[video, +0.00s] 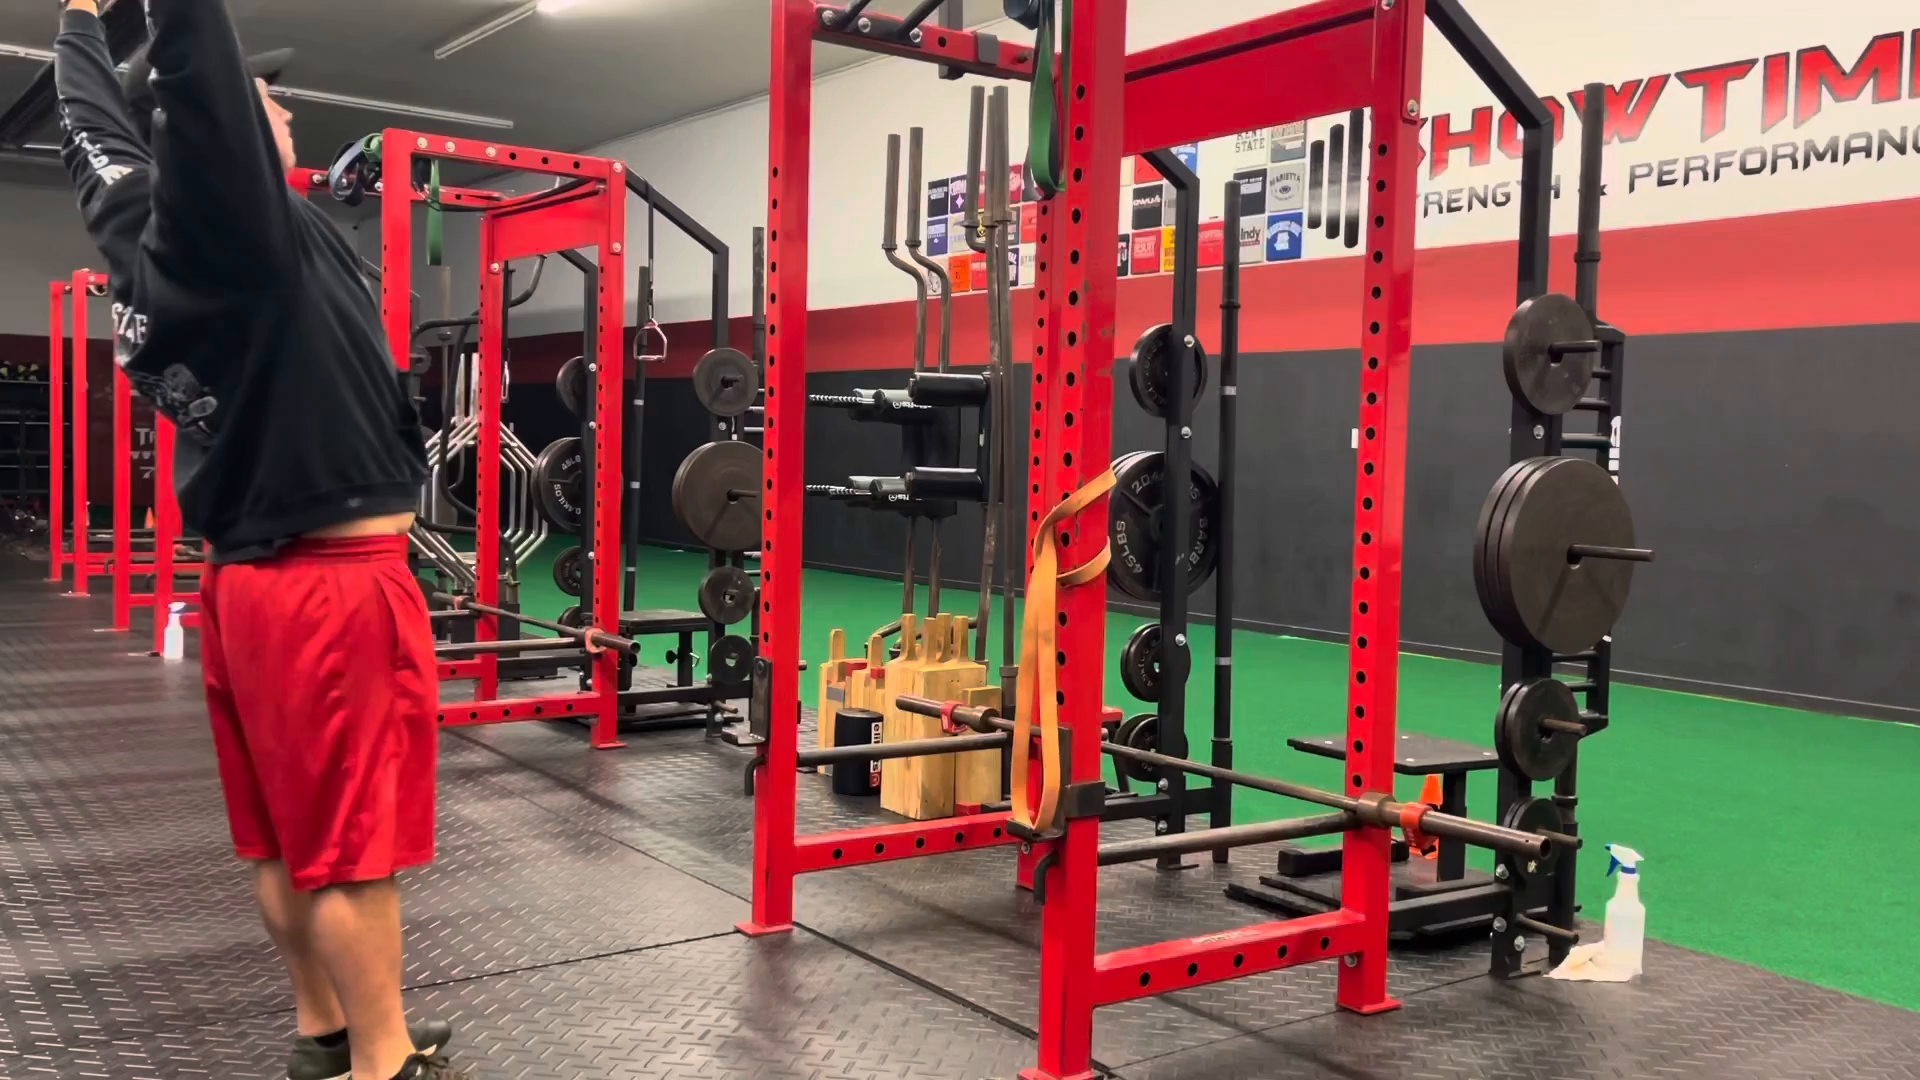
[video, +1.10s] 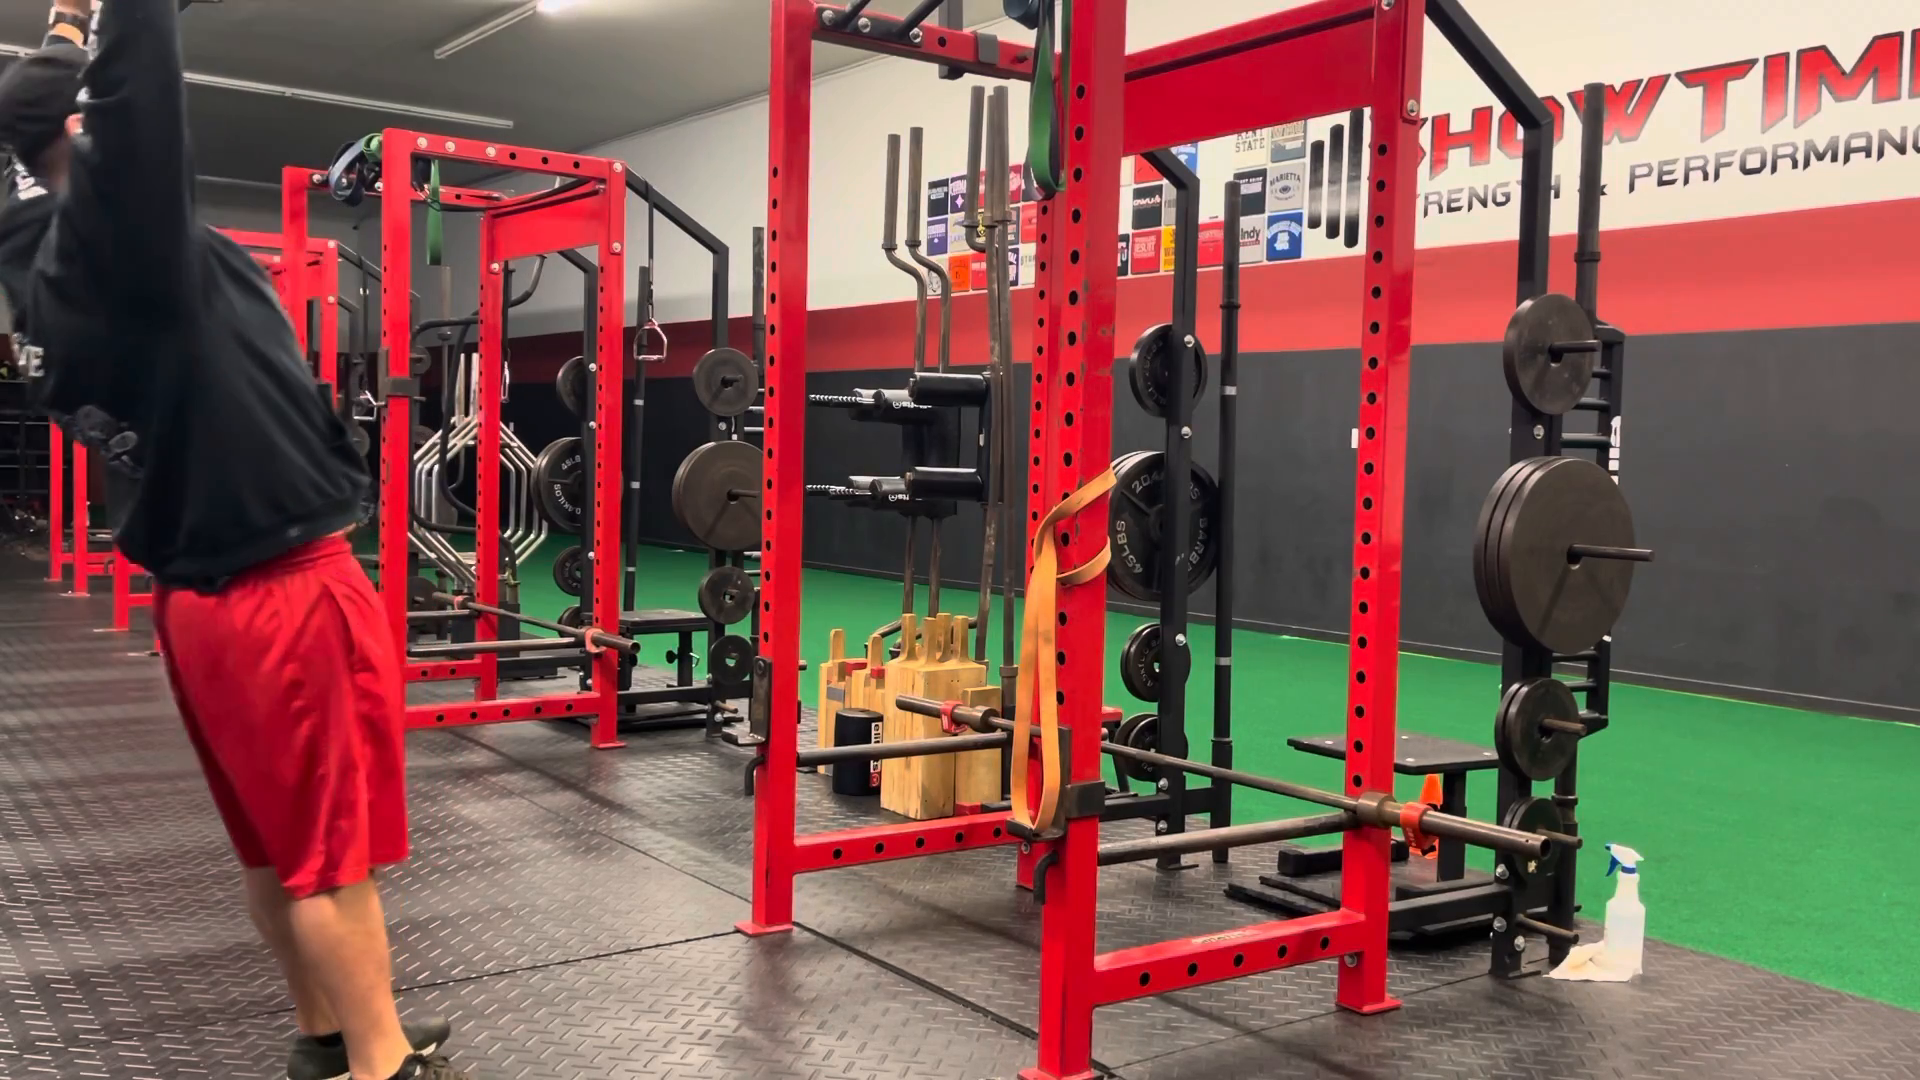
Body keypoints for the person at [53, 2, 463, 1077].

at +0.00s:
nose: (284, 110)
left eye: (275, 98)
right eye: (268, 98)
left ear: (212, 140)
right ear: (236, 126)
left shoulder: (161, 247)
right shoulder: (253, 226)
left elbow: (103, 136)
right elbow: (205, 68)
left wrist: (82, 20)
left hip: (245, 589)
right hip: (339, 592)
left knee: (286, 839)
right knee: (355, 855)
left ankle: (325, 1028)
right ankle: (384, 1056)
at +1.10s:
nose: (125, 127)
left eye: (110, 107)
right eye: (100, 113)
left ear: (37, 157)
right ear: (75, 136)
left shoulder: (56, 272)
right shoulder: (118, 245)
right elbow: (136, 70)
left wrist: (80, 38)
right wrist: (112, 3)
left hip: (206, 599)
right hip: (280, 593)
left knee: (281, 848)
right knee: (335, 860)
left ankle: (325, 1034)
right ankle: (383, 1060)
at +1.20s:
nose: (78, 127)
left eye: (61, 108)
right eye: (58, 114)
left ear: (16, 149)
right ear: (33, 139)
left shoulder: (31, 275)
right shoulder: (76, 251)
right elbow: (116, 67)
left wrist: (77, 39)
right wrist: (92, 9)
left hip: (192, 606)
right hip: (259, 600)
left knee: (276, 851)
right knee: (322, 860)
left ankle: (326, 1036)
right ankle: (380, 1059)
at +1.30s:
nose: (33, 124)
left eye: (25, 110)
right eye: (16, 115)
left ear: (21, 143)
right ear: (3, 150)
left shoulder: (44, 265)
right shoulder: (44, 264)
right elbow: (82, 83)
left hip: (178, 607)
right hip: (229, 604)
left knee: (266, 863)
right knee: (311, 869)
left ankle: (326, 1039)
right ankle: (379, 1062)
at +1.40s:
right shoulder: (25, 290)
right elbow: (58, 111)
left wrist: (112, 17)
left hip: (156, 617)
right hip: (201, 614)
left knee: (257, 870)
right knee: (294, 875)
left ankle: (328, 1038)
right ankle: (372, 1059)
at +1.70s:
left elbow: (25, 264)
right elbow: (29, 271)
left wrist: (143, 185)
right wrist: (176, 151)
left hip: (78, 612)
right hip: (75, 625)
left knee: (216, 840)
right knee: (223, 862)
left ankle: (327, 1029)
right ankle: (360, 1064)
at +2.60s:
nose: (31, 146)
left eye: (34, 131)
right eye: (23, 132)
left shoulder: (25, 285)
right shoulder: (19, 287)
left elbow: (59, 136)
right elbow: (65, 150)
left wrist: (118, 22)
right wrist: (132, 4)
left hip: (157, 623)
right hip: (207, 613)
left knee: (257, 861)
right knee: (299, 867)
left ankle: (326, 1036)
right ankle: (372, 1057)